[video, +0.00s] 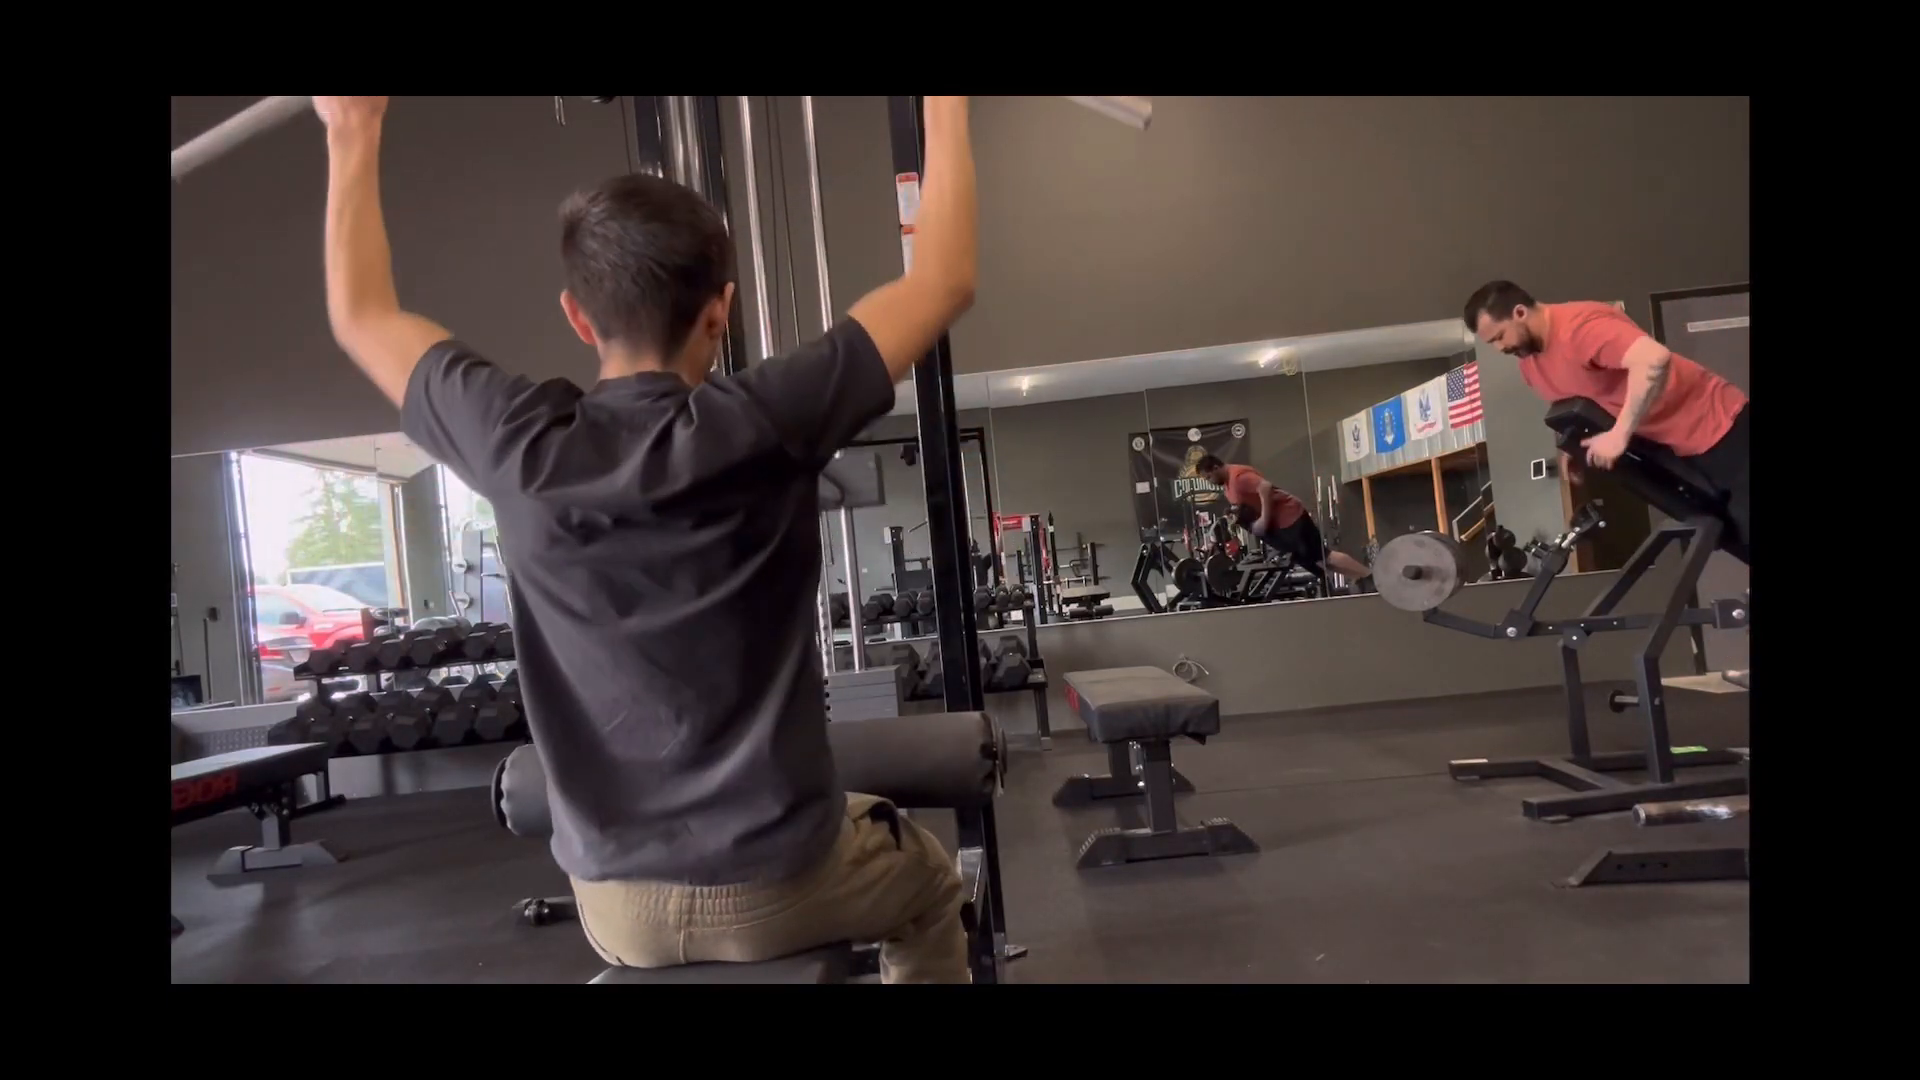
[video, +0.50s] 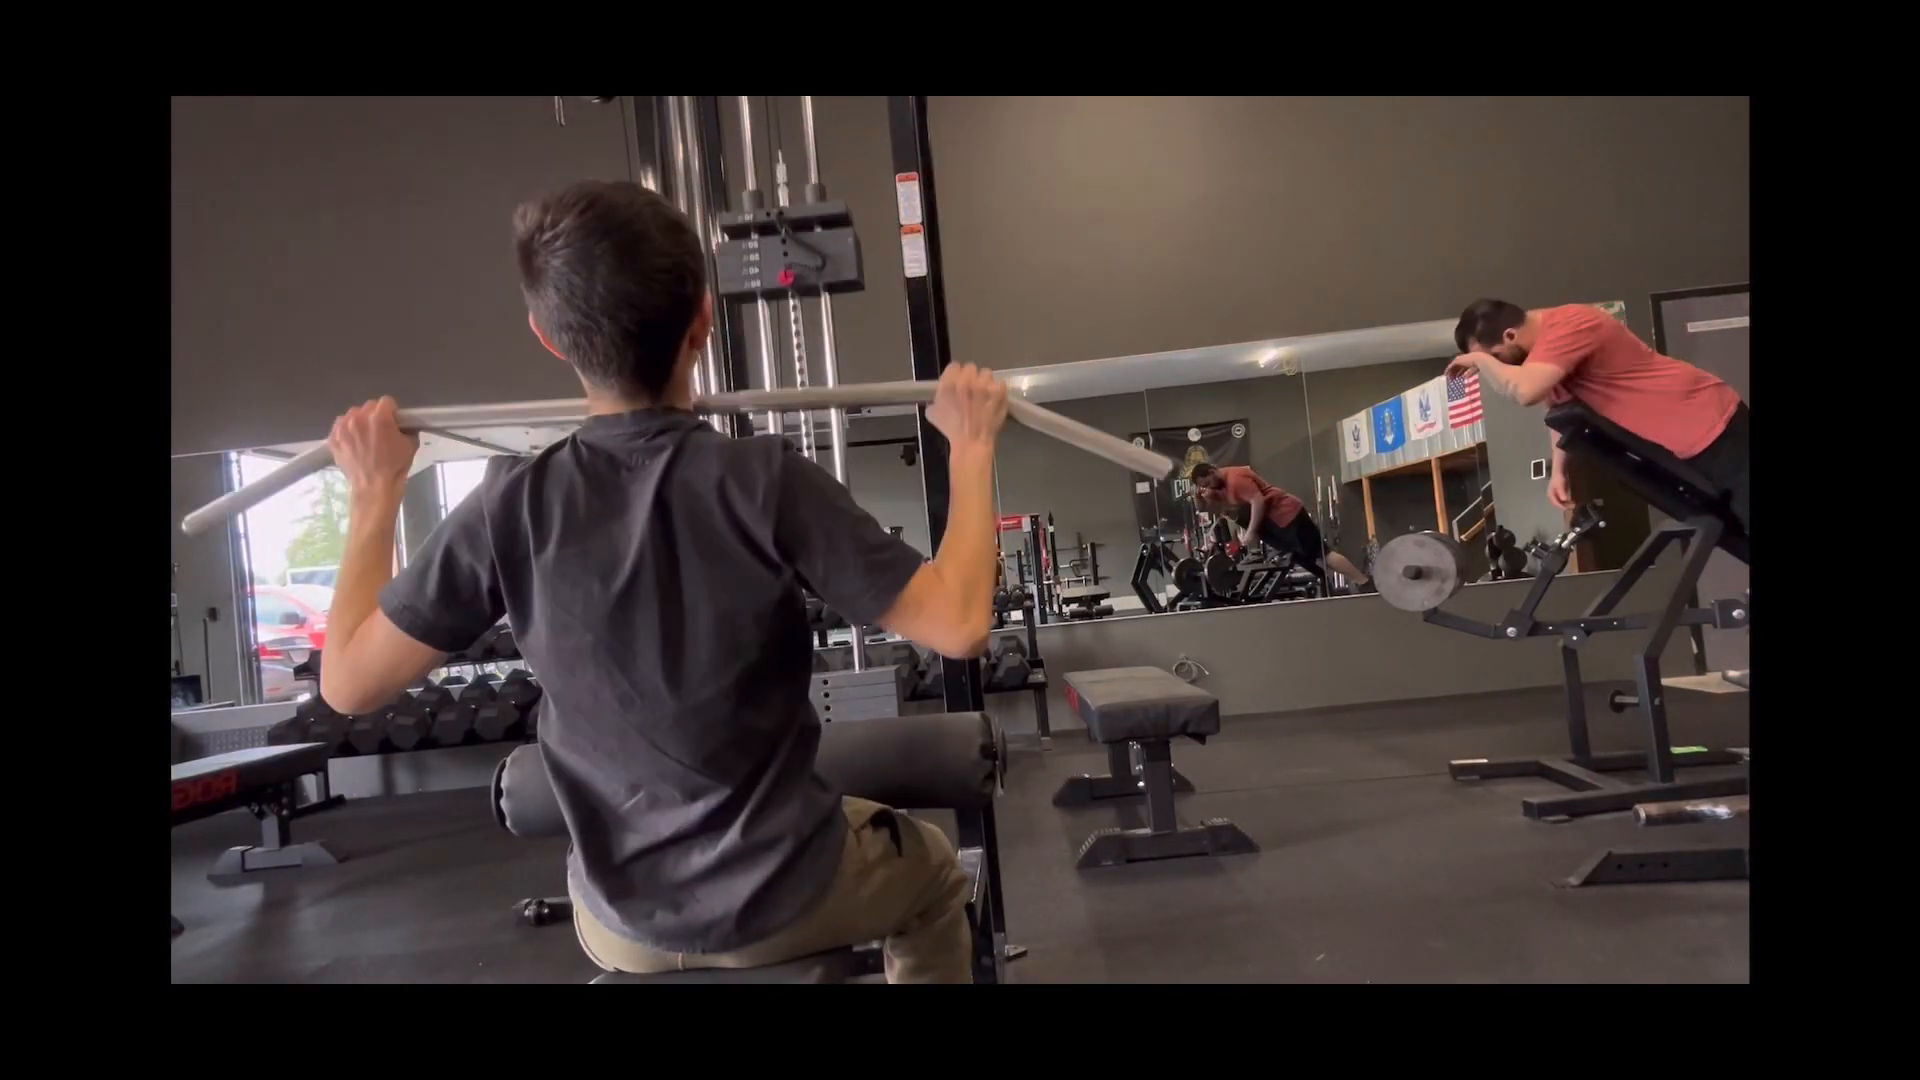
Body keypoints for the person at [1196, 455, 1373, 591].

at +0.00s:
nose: (1209, 480)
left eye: (1209, 476)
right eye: (1206, 478)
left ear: (1216, 467)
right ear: (1211, 472)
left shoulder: (1239, 477)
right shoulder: (1228, 484)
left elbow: (1265, 488)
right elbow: (1246, 504)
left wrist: (1263, 519)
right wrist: (1238, 514)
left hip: (1291, 517)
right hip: (1278, 526)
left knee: (1323, 555)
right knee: (1317, 561)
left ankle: (1367, 574)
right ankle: (1358, 578)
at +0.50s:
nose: (1207, 488)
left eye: (1206, 482)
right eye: (1202, 487)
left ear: (1212, 472)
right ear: (1202, 484)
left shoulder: (1235, 478)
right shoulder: (1219, 489)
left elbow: (1258, 501)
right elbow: (1225, 510)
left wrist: (1251, 532)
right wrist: (1205, 502)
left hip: (1287, 512)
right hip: (1272, 524)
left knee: (1322, 554)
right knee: (1311, 560)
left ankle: (1363, 581)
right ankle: (1355, 581)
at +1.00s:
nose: (1207, 490)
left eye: (1206, 485)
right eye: (1203, 487)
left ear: (1213, 474)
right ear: (1207, 478)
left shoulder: (1237, 481)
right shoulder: (1223, 482)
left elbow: (1262, 507)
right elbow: (1206, 502)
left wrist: (1260, 542)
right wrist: (1203, 496)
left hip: (1288, 514)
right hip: (1274, 523)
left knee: (1322, 553)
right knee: (1313, 560)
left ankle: (1363, 581)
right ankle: (1354, 582)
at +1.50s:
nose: (1209, 483)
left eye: (1208, 478)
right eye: (1205, 481)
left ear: (1216, 468)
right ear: (1209, 476)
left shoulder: (1240, 477)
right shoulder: (1223, 486)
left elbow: (1261, 503)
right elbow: (1225, 509)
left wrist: (1257, 536)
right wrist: (1211, 517)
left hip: (1289, 513)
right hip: (1275, 523)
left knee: (1322, 553)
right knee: (1313, 560)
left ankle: (1362, 584)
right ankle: (1351, 585)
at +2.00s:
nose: (1211, 473)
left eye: (1211, 468)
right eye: (1208, 470)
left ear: (1221, 460)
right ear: (1212, 466)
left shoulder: (1238, 473)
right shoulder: (1223, 479)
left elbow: (1230, 509)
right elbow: (1217, 508)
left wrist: (1215, 538)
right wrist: (1205, 535)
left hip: (1291, 513)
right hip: (1281, 522)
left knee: (1323, 553)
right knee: (1317, 560)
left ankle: (1363, 584)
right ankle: (1354, 585)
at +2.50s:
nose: (1210, 466)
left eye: (1212, 461)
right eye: (1209, 462)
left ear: (1225, 456)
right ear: (1218, 460)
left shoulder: (1237, 473)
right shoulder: (1223, 479)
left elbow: (1222, 508)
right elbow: (1213, 507)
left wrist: (1209, 537)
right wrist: (1201, 536)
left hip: (1292, 513)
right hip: (1281, 521)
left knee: (1324, 552)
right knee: (1315, 559)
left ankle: (1363, 583)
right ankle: (1352, 584)